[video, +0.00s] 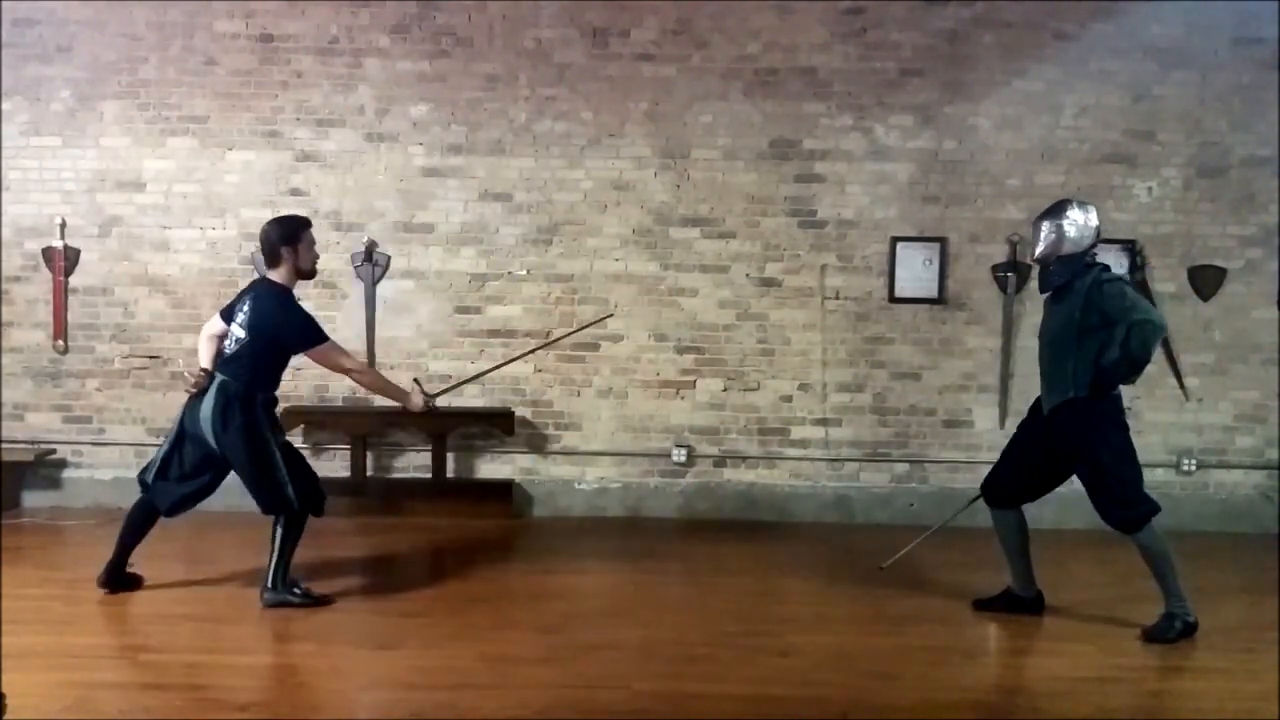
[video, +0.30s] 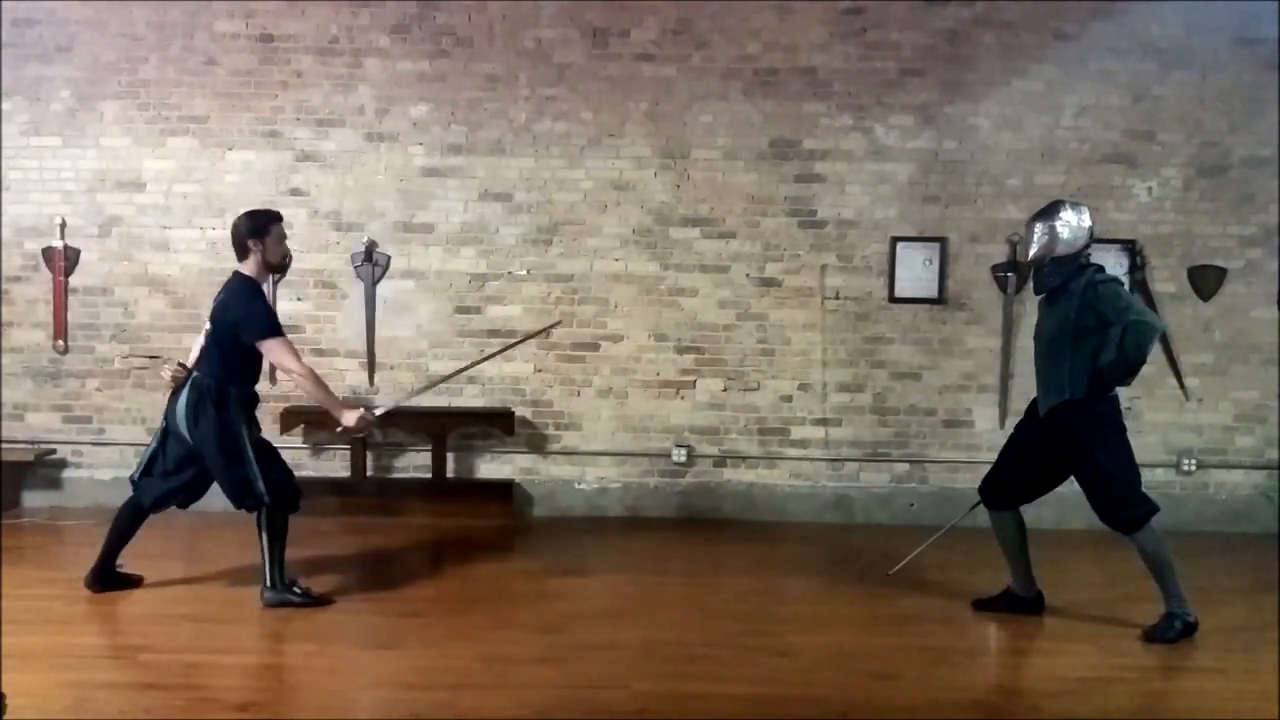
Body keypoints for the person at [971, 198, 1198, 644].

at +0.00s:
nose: (1041, 244)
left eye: (1049, 233)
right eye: (1041, 234)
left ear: (1073, 236)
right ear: (1062, 237)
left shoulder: (1099, 284)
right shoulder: (1063, 288)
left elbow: (1147, 323)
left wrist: (1111, 376)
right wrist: (1060, 386)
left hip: (1095, 416)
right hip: (1054, 414)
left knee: (1130, 512)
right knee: (1000, 492)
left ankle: (1179, 611)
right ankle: (1023, 591)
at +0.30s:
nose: (1033, 246)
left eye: (1040, 236)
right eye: (1033, 236)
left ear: (1064, 238)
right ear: (1061, 240)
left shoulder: (1095, 283)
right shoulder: (1057, 286)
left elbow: (1143, 324)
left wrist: (1108, 376)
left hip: (1092, 416)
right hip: (1050, 414)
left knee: (1128, 511)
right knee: (998, 492)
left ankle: (1179, 612)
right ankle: (1023, 591)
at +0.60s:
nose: (1034, 247)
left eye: (1041, 236)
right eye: (1033, 237)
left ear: (1065, 238)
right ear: (1060, 239)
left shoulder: (1095, 284)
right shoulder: (1057, 287)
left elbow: (1145, 323)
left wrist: (1112, 374)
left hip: (1092, 416)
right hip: (1050, 414)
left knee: (1131, 511)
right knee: (998, 493)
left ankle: (1180, 612)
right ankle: (1023, 591)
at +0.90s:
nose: (1036, 245)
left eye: (1044, 235)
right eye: (1036, 236)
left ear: (1067, 237)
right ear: (1063, 238)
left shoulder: (1097, 283)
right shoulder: (1057, 286)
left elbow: (1146, 324)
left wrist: (1112, 375)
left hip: (1093, 416)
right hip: (1051, 414)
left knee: (1131, 511)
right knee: (999, 493)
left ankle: (1180, 612)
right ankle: (1023, 591)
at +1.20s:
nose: (1037, 245)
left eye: (1045, 234)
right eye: (1037, 234)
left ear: (1067, 236)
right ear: (1065, 236)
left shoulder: (1098, 283)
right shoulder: (1058, 286)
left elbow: (1149, 323)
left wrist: (1116, 374)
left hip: (1096, 416)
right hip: (1053, 414)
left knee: (1132, 510)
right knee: (1001, 492)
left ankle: (1180, 612)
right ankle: (1023, 591)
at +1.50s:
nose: (1043, 246)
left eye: (1051, 235)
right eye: (1042, 235)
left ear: (1075, 237)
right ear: (1058, 237)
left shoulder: (1102, 283)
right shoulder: (1063, 286)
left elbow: (1151, 322)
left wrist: (1116, 374)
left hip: (1098, 416)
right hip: (1056, 414)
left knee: (1132, 510)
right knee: (1003, 492)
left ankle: (1180, 612)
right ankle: (1023, 592)